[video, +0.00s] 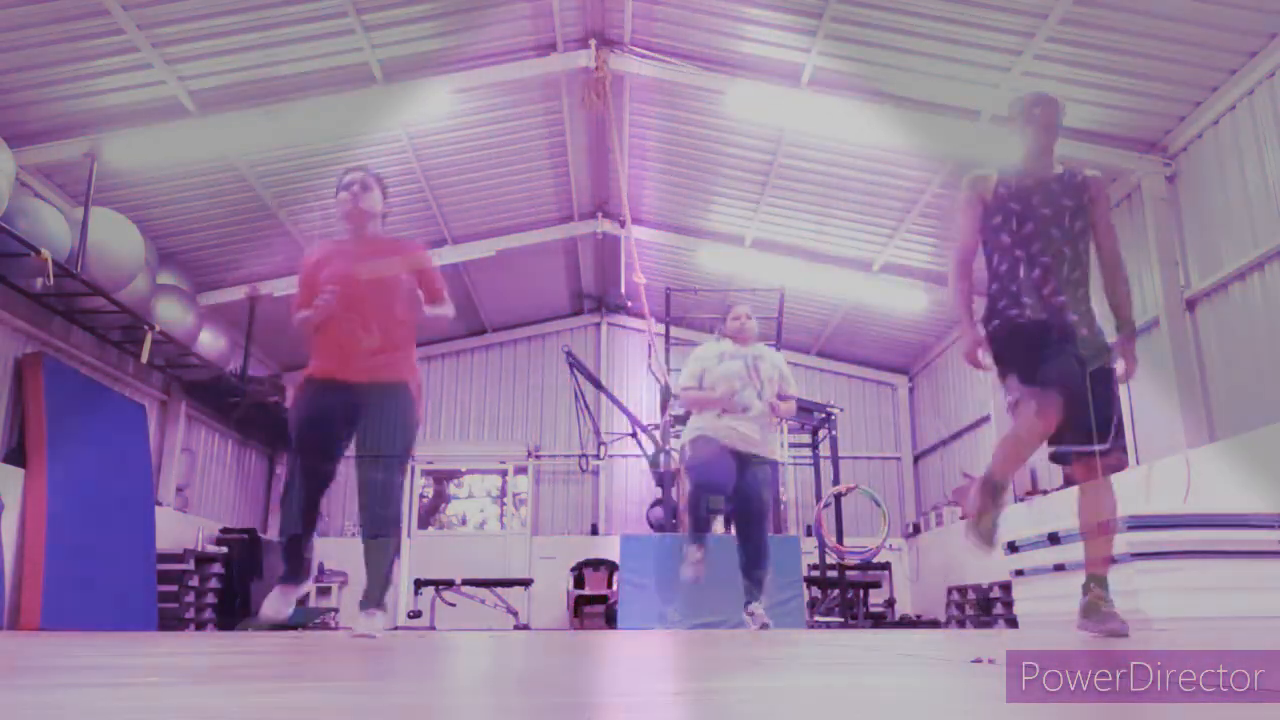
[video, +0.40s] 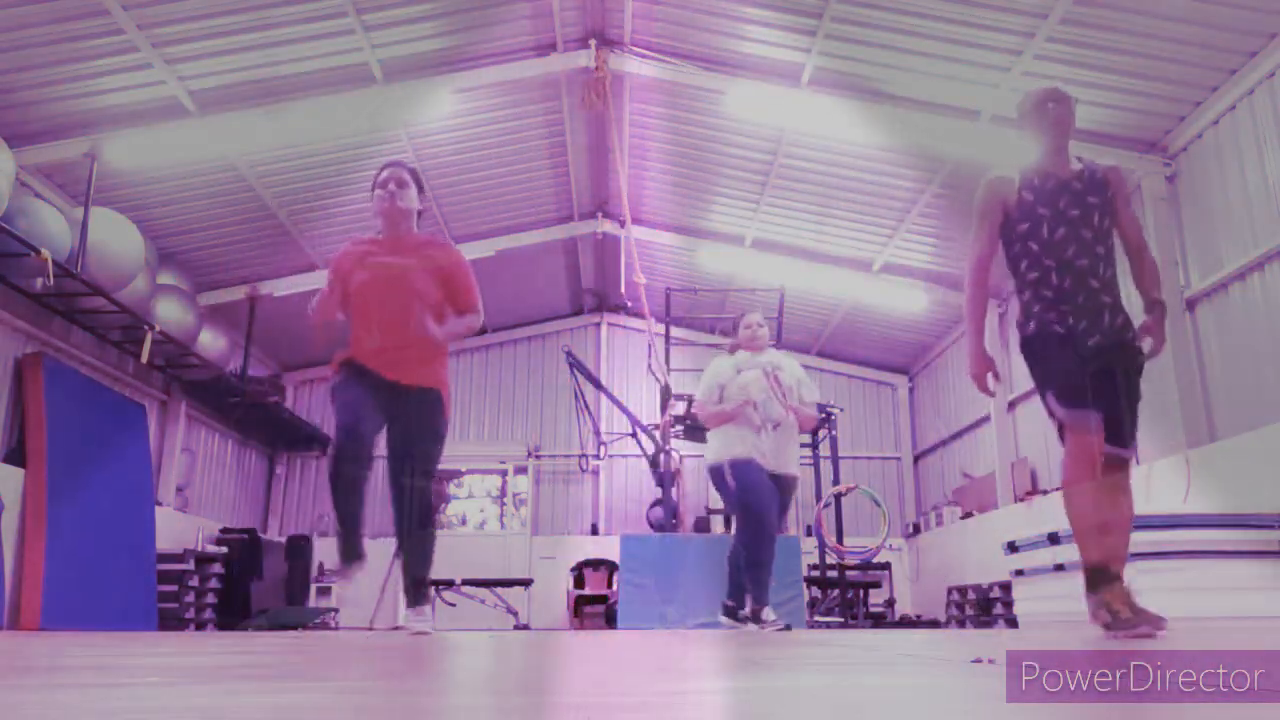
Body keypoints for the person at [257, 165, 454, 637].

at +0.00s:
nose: (355, 194)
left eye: (365, 187)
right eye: (347, 189)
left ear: (382, 201)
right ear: (336, 203)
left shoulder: (409, 252)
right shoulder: (320, 257)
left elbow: (447, 313)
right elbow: (298, 326)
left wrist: (419, 307)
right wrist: (317, 311)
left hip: (389, 382)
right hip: (328, 380)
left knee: (380, 485)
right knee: (304, 470)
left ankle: (374, 603)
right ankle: (293, 578)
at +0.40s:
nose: (391, 191)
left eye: (401, 185)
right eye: (383, 186)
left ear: (420, 199)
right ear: (372, 201)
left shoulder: (443, 254)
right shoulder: (353, 255)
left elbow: (473, 317)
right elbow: (323, 317)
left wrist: (442, 331)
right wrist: (322, 307)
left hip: (420, 381)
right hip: (364, 373)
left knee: (414, 486)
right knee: (352, 433)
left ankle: (417, 598)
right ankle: (351, 554)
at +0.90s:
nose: (425, 192)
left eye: (434, 185)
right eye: (416, 186)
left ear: (449, 198)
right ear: (403, 201)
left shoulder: (474, 253)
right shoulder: (382, 259)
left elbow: (496, 312)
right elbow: (362, 325)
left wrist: (493, 321)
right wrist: (405, 318)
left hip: (469, 371)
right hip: (412, 379)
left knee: (469, 406)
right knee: (422, 489)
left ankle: (464, 500)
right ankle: (422, 606)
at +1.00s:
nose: (433, 205)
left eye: (442, 198)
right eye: (424, 199)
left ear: (457, 212)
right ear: (411, 213)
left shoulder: (481, 266)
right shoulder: (395, 274)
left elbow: (502, 329)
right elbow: (371, 341)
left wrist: (499, 329)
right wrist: (410, 331)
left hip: (478, 389)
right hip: (422, 399)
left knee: (488, 417)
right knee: (420, 508)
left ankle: (492, 532)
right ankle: (419, 607)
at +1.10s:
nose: (447, 192)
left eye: (455, 185)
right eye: (438, 186)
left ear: (470, 198)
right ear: (425, 200)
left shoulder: (497, 253)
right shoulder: (407, 258)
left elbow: (531, 310)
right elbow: (380, 325)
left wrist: (507, 298)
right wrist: (411, 303)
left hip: (495, 373)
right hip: (435, 382)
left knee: (512, 434)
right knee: (430, 490)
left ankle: (516, 546)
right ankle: (421, 604)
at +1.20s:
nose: (463, 182)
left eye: (471, 175)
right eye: (454, 176)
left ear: (487, 190)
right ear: (441, 191)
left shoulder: (514, 241)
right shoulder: (420, 249)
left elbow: (546, 306)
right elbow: (395, 312)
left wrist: (516, 295)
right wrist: (427, 302)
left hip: (512, 370)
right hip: (452, 376)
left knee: (523, 466)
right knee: (448, 481)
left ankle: (531, 575)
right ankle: (445, 591)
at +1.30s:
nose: (479, 196)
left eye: (488, 190)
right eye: (471, 191)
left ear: (505, 204)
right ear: (459, 205)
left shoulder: (530, 261)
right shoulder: (440, 267)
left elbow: (559, 326)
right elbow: (423, 329)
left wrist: (536, 317)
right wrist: (438, 340)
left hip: (523, 390)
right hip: (464, 395)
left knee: (529, 491)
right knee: (467, 498)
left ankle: (536, 602)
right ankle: (471, 602)